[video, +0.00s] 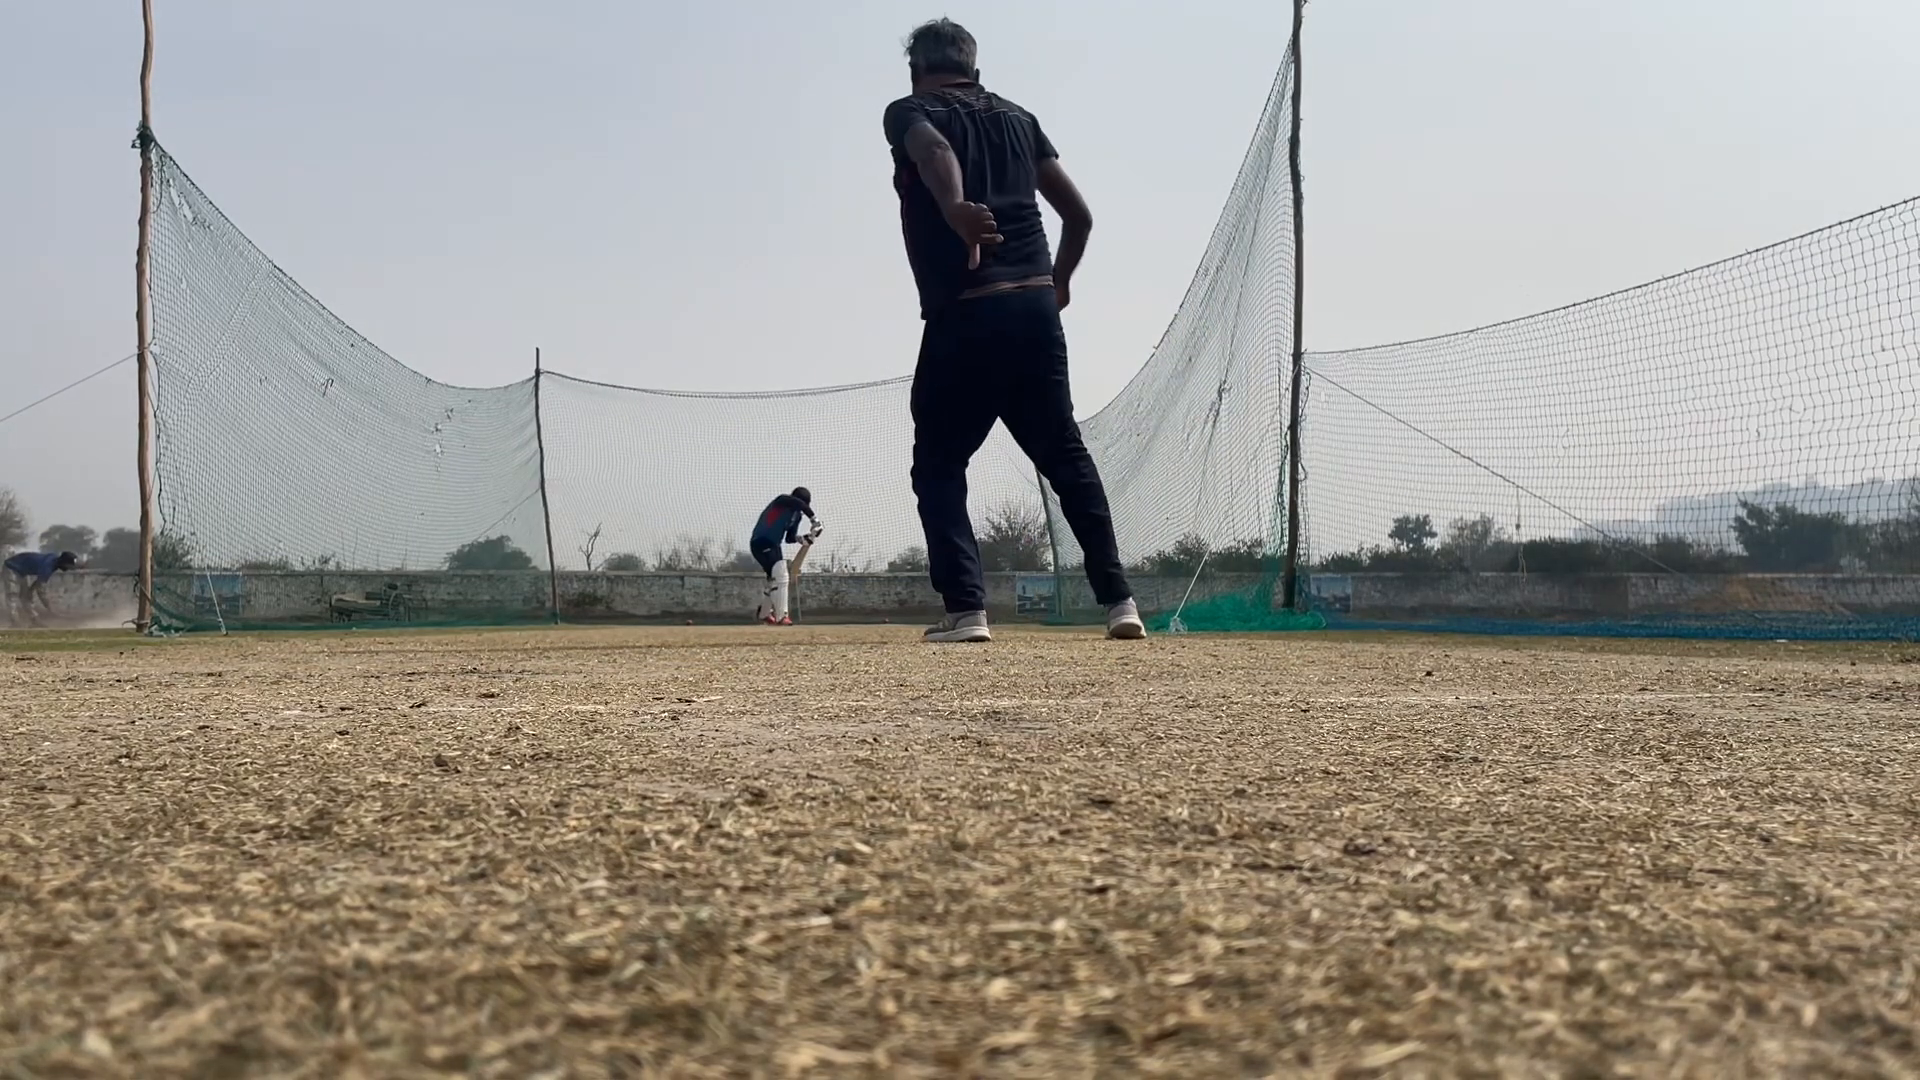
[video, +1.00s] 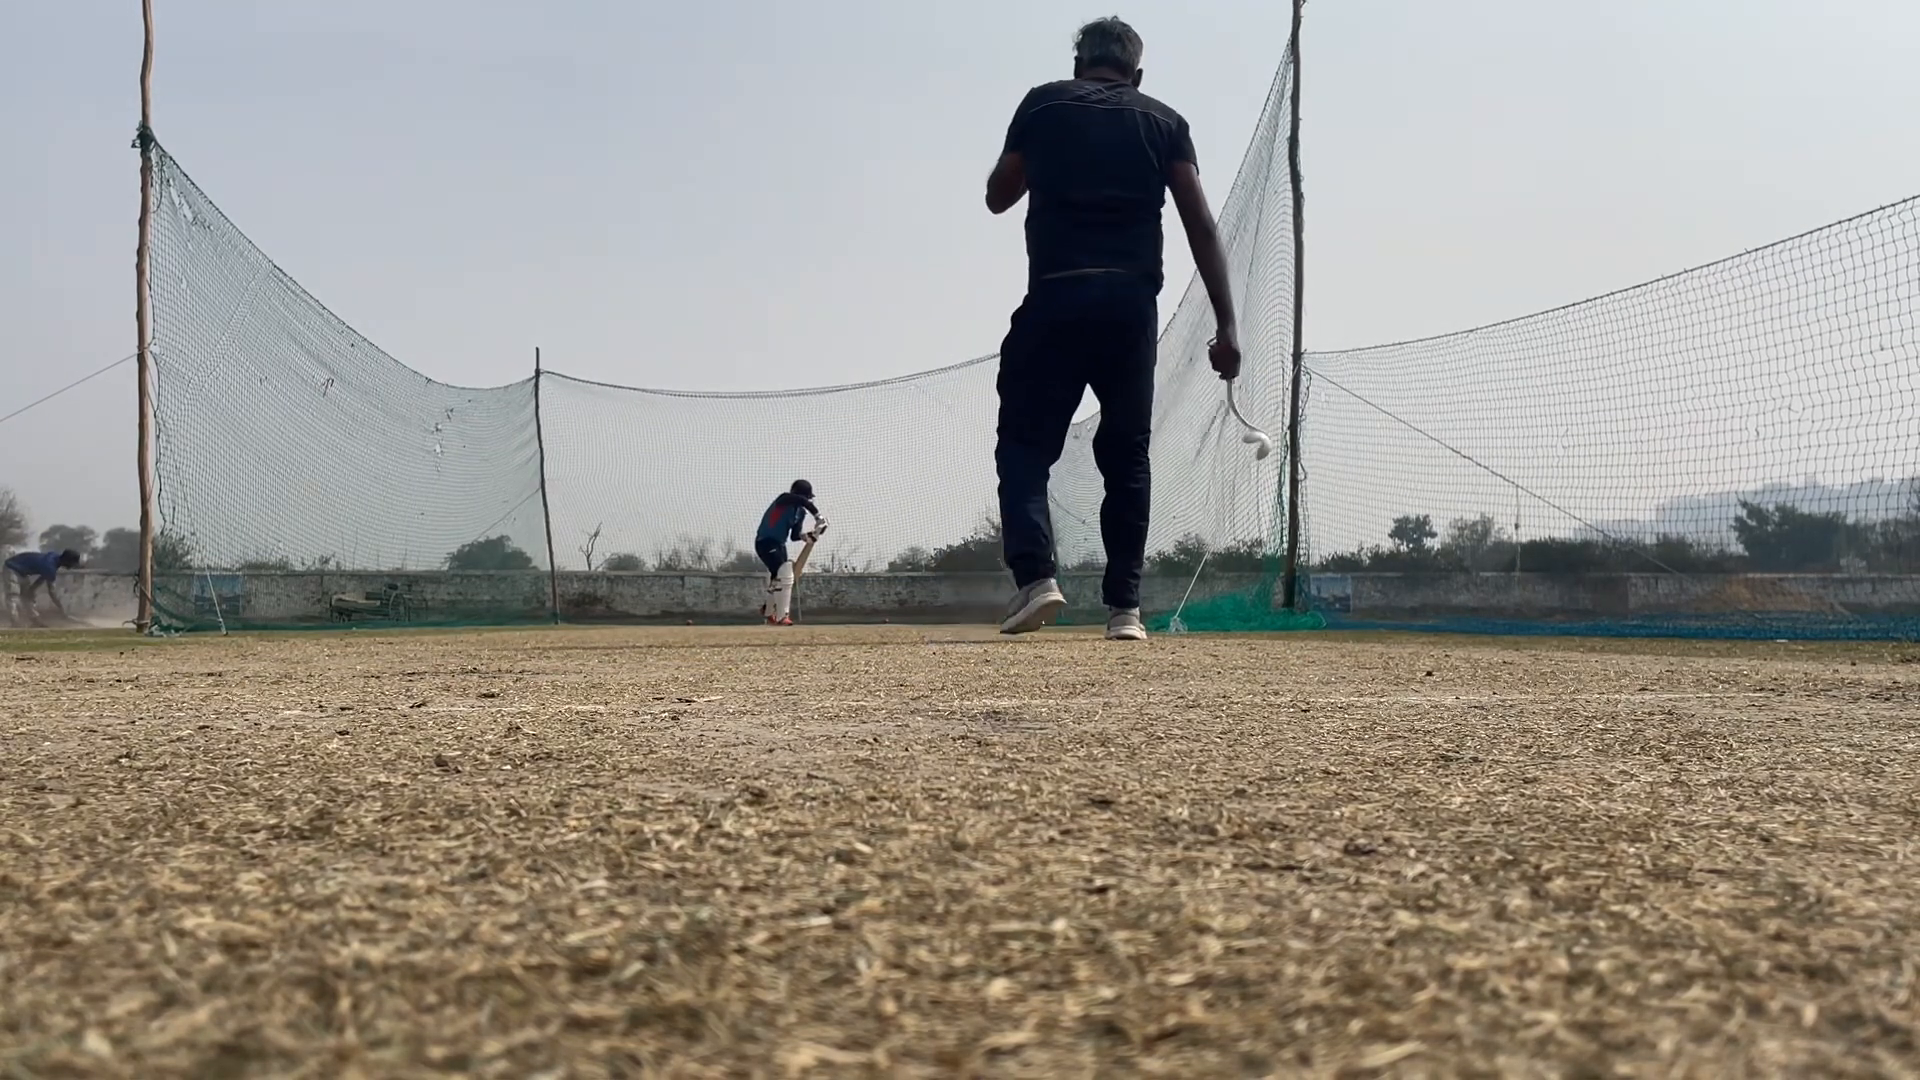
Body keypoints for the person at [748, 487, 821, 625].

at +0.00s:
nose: (803, 506)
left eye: (805, 504)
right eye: (802, 503)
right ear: (797, 499)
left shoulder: (797, 515)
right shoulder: (782, 499)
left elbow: (789, 538)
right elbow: (801, 504)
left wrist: (802, 538)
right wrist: (813, 519)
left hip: (773, 545)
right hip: (762, 542)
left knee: (774, 579)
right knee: (781, 576)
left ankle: (765, 613)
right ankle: (781, 615)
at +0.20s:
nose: (808, 504)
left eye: (808, 502)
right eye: (806, 501)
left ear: (801, 501)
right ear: (801, 498)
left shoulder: (799, 513)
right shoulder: (784, 498)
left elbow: (791, 537)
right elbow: (804, 503)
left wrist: (803, 537)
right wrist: (816, 518)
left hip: (776, 544)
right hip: (764, 541)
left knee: (776, 579)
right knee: (783, 576)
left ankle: (767, 612)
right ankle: (781, 616)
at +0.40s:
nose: (808, 502)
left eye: (809, 500)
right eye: (806, 499)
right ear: (803, 497)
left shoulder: (800, 513)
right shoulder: (784, 498)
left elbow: (793, 536)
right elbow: (804, 501)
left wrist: (805, 535)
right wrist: (816, 516)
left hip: (777, 544)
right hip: (765, 541)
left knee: (777, 580)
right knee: (785, 576)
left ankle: (768, 613)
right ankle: (781, 616)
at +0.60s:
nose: (808, 503)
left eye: (808, 501)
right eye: (806, 500)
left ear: (803, 501)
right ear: (802, 497)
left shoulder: (800, 512)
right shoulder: (784, 498)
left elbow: (793, 536)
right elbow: (803, 501)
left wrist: (804, 536)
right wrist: (817, 517)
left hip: (778, 544)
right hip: (765, 541)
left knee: (777, 578)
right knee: (784, 574)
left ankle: (769, 613)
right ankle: (781, 616)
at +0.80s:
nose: (808, 502)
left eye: (809, 500)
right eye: (807, 499)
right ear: (801, 496)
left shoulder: (800, 513)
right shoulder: (784, 498)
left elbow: (794, 536)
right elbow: (805, 503)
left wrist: (805, 536)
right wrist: (818, 518)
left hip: (778, 544)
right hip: (765, 541)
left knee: (777, 578)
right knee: (785, 574)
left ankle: (770, 613)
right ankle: (782, 616)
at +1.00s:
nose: (808, 501)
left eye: (809, 498)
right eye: (807, 498)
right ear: (800, 495)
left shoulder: (800, 512)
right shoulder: (784, 498)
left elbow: (794, 536)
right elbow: (805, 502)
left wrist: (806, 536)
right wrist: (818, 517)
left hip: (778, 544)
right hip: (766, 541)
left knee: (777, 578)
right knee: (785, 574)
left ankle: (770, 614)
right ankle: (782, 616)